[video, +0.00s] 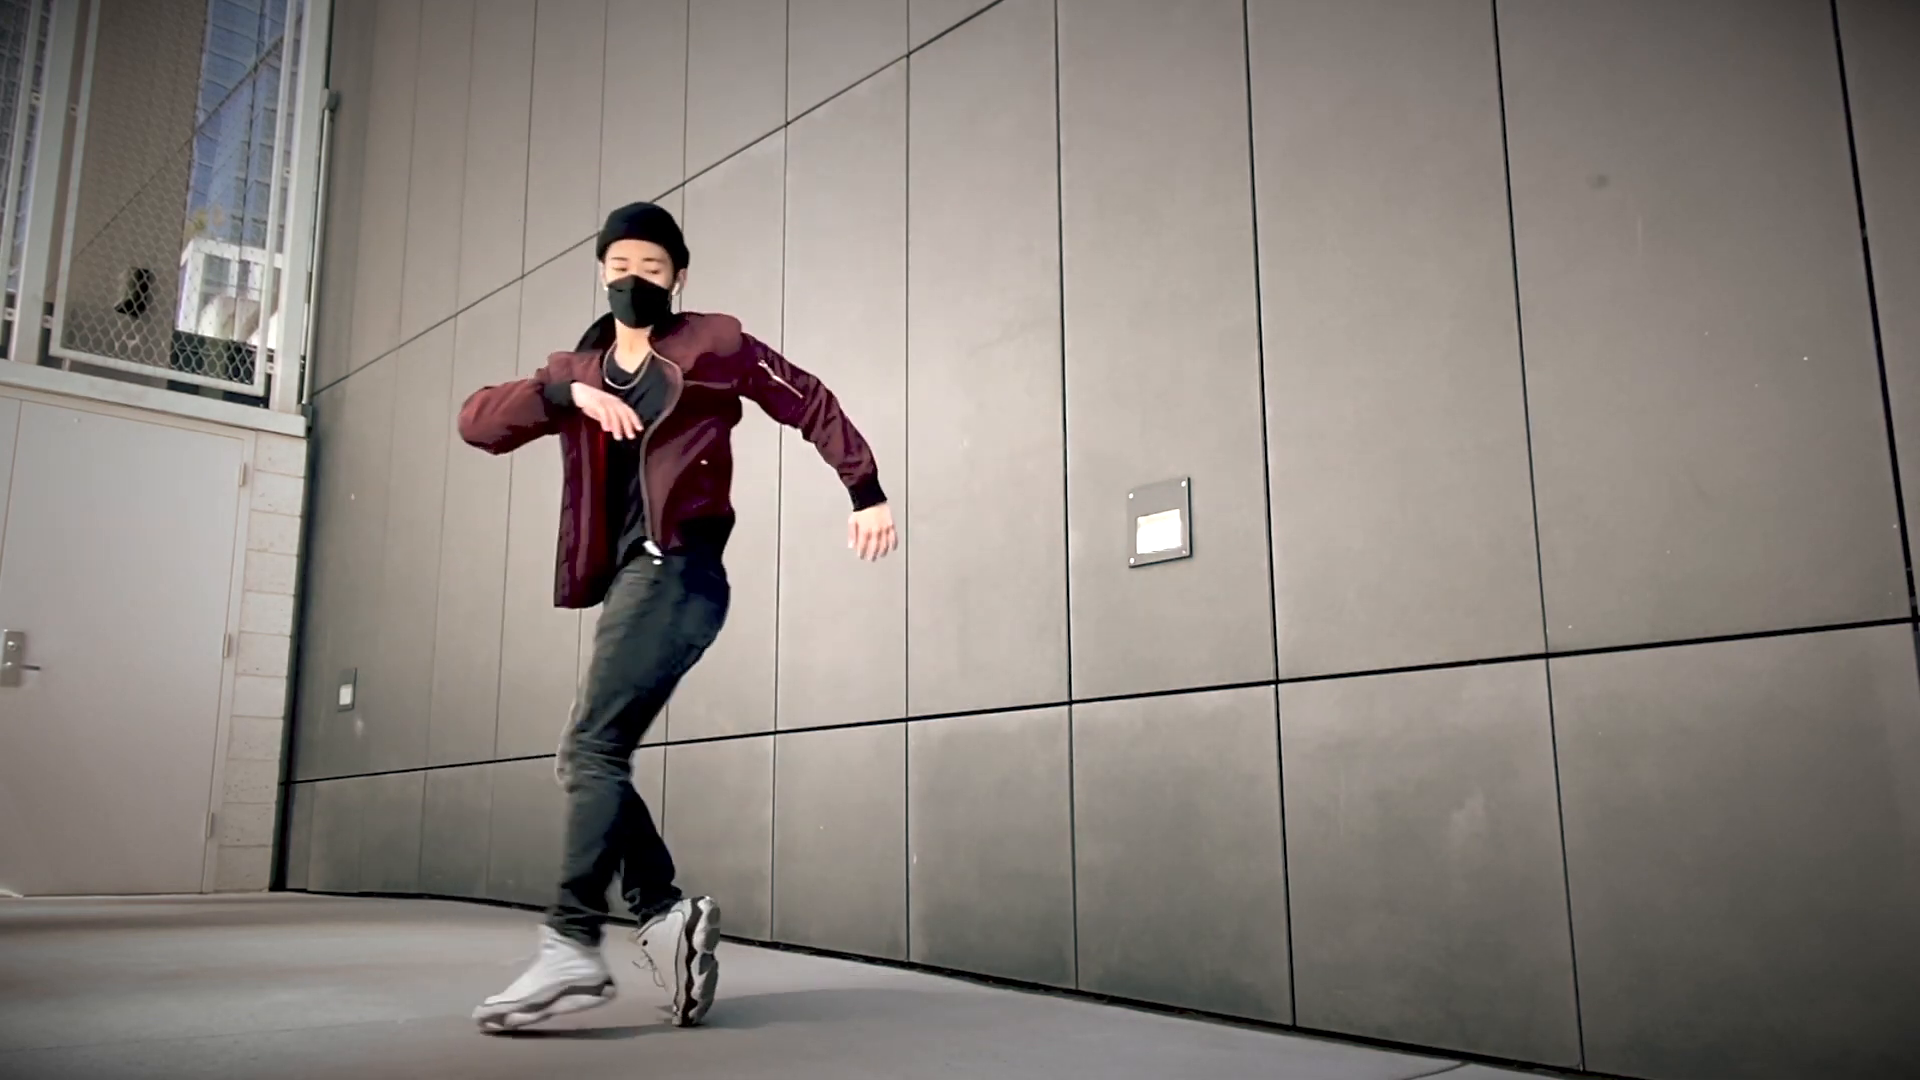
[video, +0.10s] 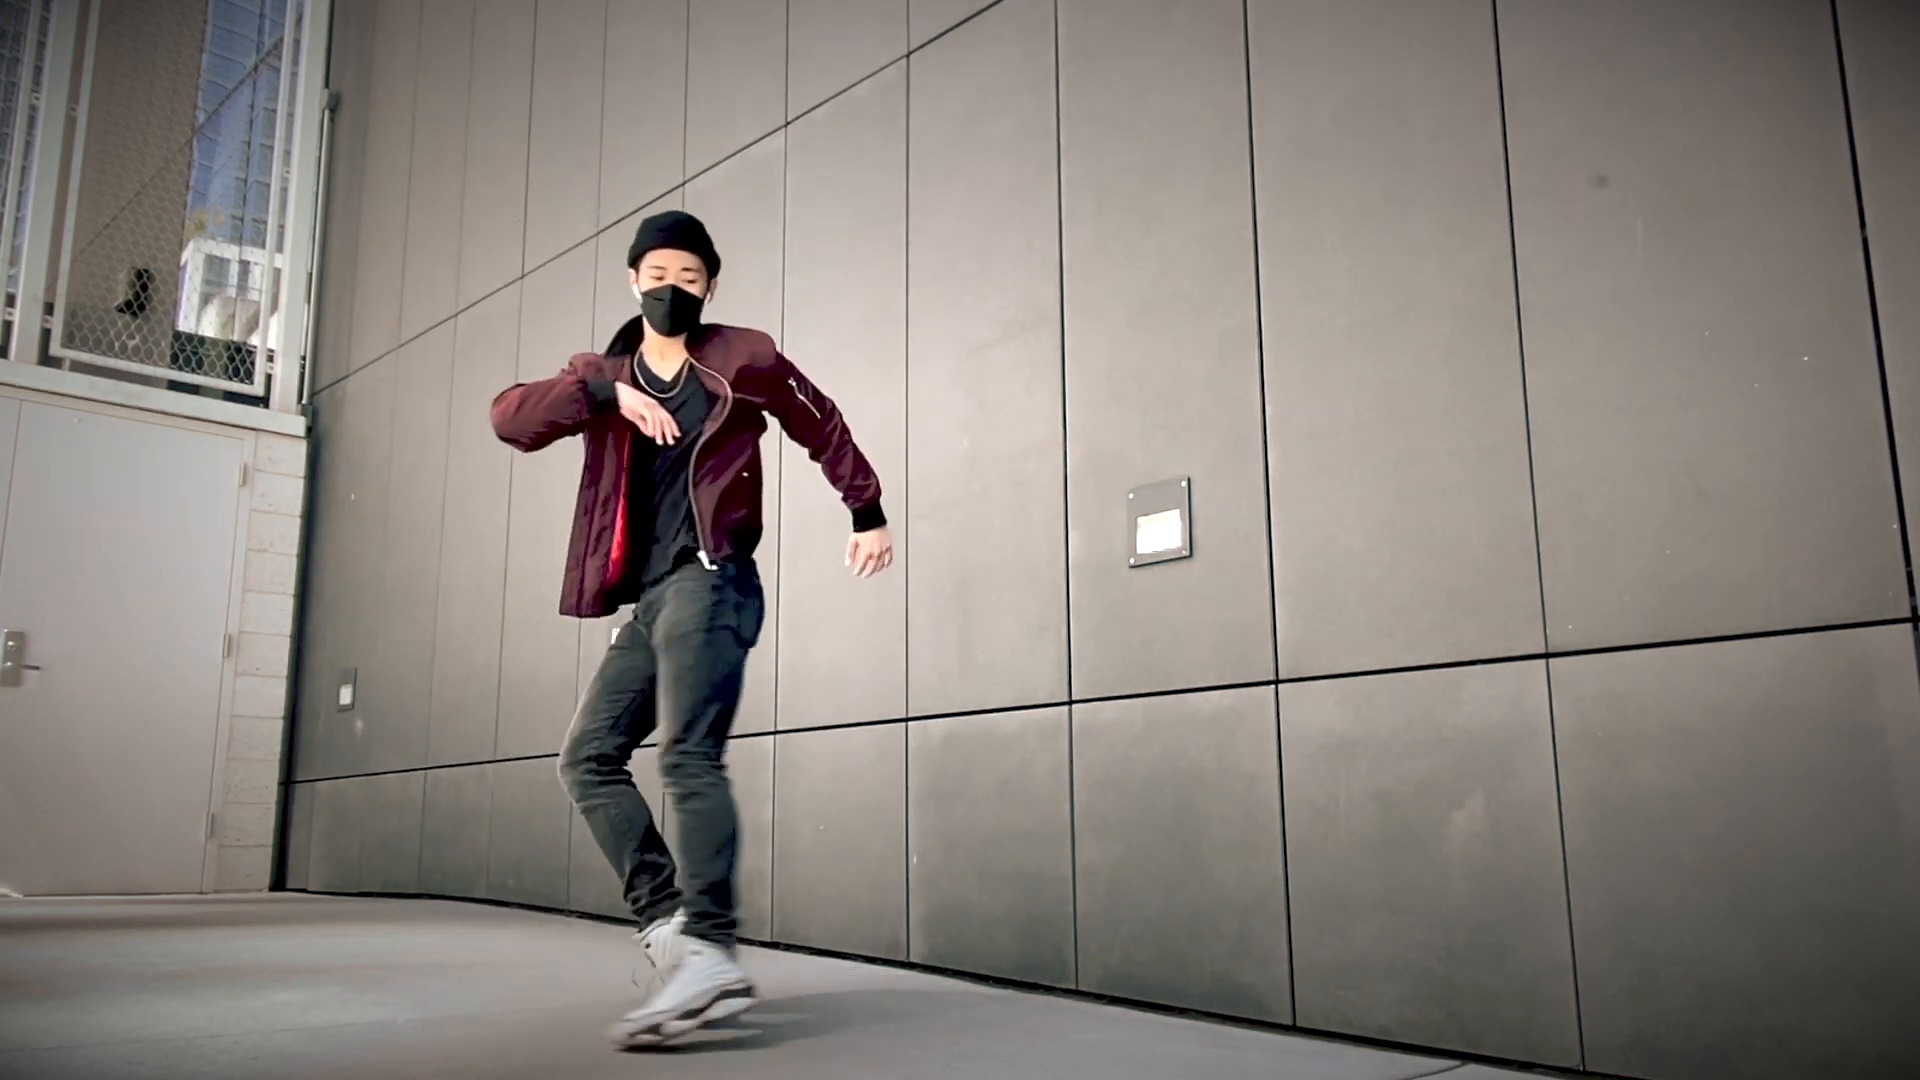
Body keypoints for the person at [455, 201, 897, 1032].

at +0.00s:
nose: (636, 271)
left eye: (652, 260)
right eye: (621, 259)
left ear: (677, 274)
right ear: (601, 272)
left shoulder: (713, 342)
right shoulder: (578, 367)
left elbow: (810, 404)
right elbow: (475, 424)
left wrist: (866, 492)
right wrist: (564, 390)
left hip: (673, 570)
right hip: (622, 574)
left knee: (594, 750)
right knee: (593, 756)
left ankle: (572, 946)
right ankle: (666, 920)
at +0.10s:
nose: (672, 278)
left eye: (688, 268)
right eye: (657, 266)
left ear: (709, 284)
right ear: (633, 281)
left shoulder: (744, 357)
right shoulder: (603, 376)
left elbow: (821, 427)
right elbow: (510, 421)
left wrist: (868, 513)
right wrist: (603, 384)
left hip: (708, 581)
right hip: (650, 596)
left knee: (687, 755)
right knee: (588, 758)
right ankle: (671, 934)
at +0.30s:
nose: (733, 298)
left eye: (749, 288)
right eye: (718, 285)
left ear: (767, 301)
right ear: (691, 296)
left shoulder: (798, 386)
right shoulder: (649, 377)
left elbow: (835, 476)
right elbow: (562, 402)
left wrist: (850, 563)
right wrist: (662, 389)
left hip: (770, 604)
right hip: (691, 617)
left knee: (822, 770)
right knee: (626, 761)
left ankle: (921, 939)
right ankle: (708, 930)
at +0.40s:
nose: (762, 304)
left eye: (776, 294)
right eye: (746, 291)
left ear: (793, 308)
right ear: (717, 301)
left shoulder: (823, 393)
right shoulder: (680, 386)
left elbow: (848, 498)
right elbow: (592, 398)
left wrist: (851, 590)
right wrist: (690, 387)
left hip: (802, 606)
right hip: (718, 616)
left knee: (850, 787)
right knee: (684, 781)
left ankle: (961, 928)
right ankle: (748, 939)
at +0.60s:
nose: (820, 311)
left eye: (833, 302)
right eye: (804, 301)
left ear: (849, 315)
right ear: (774, 315)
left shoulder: (878, 407)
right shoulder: (741, 401)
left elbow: (881, 513)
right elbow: (664, 415)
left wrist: (889, 592)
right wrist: (760, 398)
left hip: (875, 615)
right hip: (786, 627)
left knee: (950, 768)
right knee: (762, 801)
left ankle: (959, 933)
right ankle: (770, 962)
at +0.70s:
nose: (849, 311)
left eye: (861, 303)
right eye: (833, 300)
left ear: (874, 317)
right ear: (800, 314)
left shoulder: (901, 405)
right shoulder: (768, 399)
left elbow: (907, 513)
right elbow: (698, 428)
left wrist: (923, 607)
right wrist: (788, 405)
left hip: (910, 613)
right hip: (823, 619)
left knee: (1010, 752)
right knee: (791, 797)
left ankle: (977, 926)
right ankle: (774, 961)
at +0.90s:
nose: (901, 315)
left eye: (911, 306)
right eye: (885, 304)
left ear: (920, 317)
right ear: (848, 314)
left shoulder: (937, 409)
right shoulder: (814, 391)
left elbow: (950, 511)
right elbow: (741, 448)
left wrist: (967, 598)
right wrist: (844, 443)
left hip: (950, 605)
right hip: (876, 611)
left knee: (1032, 762)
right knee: (855, 794)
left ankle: (980, 928)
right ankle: (787, 954)